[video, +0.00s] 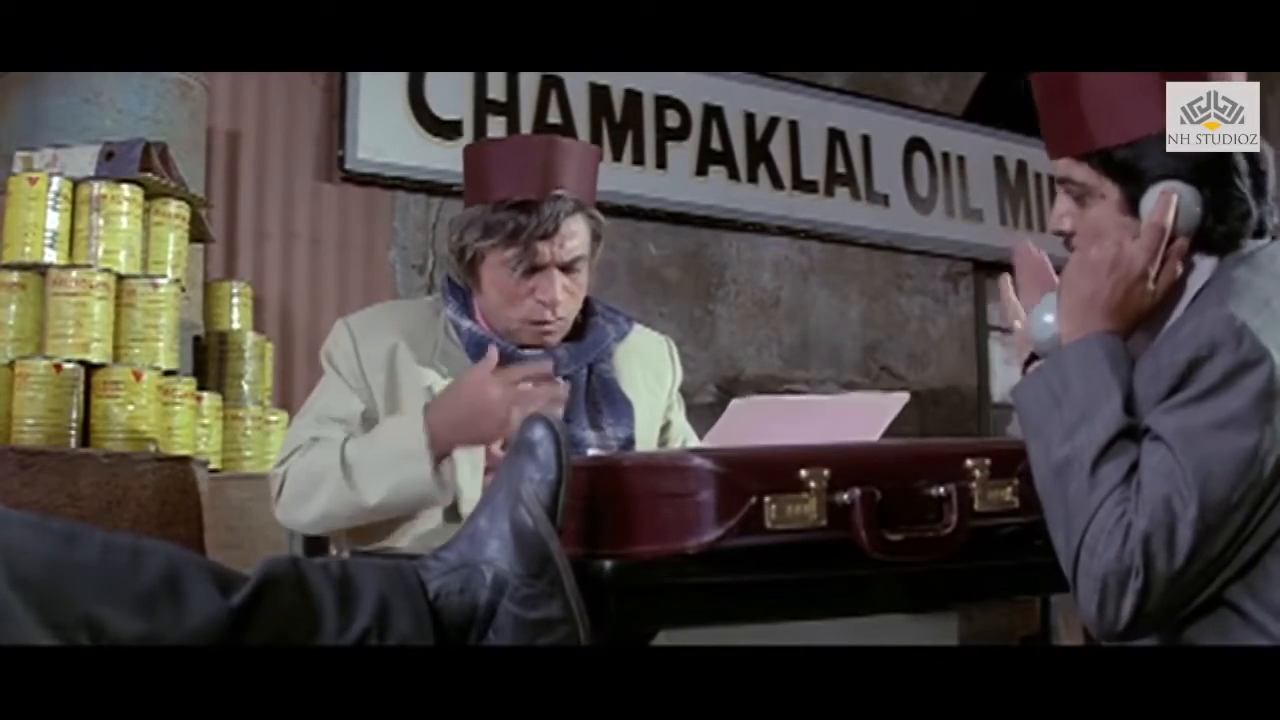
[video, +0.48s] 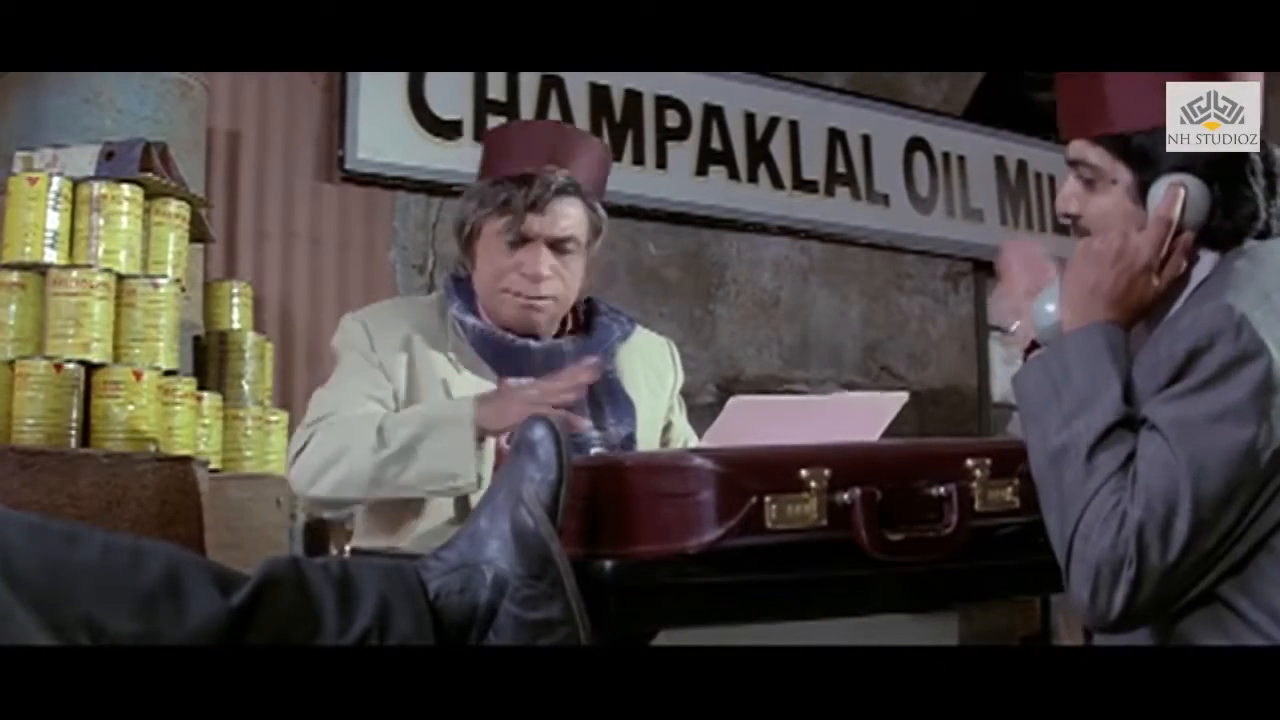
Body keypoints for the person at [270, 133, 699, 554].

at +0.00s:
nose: (553, 295)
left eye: (571, 268)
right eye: (527, 268)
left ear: (592, 265)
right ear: (470, 261)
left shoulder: (648, 360)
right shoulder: (374, 347)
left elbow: (688, 496)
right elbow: (299, 496)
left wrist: (564, 491)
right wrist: (438, 430)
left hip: (599, 618)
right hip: (421, 620)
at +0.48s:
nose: (538, 268)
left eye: (562, 248)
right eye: (514, 242)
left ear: (588, 263)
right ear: (469, 248)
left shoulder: (647, 359)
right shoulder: (384, 338)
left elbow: (688, 489)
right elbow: (317, 469)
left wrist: (586, 463)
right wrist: (475, 417)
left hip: (594, 608)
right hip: (425, 606)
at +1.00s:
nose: (557, 224)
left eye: (571, 205)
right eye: (527, 208)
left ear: (589, 222)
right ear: (466, 246)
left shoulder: (645, 355)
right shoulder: (394, 325)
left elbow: (679, 488)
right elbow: (397, 424)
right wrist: (543, 313)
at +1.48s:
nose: (527, 197)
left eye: (535, 180)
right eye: (492, 189)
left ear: (563, 206)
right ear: (438, 234)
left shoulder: (639, 345)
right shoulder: (393, 309)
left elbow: (678, 467)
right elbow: (444, 360)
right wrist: (566, 298)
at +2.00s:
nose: (559, 231)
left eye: (571, 209)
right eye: (526, 212)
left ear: (589, 224)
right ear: (462, 229)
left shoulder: (642, 355)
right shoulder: (391, 325)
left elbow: (681, 482)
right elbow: (363, 445)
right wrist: (445, 305)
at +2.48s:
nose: (531, 252)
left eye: (544, 227)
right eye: (505, 231)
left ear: (563, 232)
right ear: (454, 235)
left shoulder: (628, 342)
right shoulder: (381, 310)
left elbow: (667, 471)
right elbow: (416, 370)